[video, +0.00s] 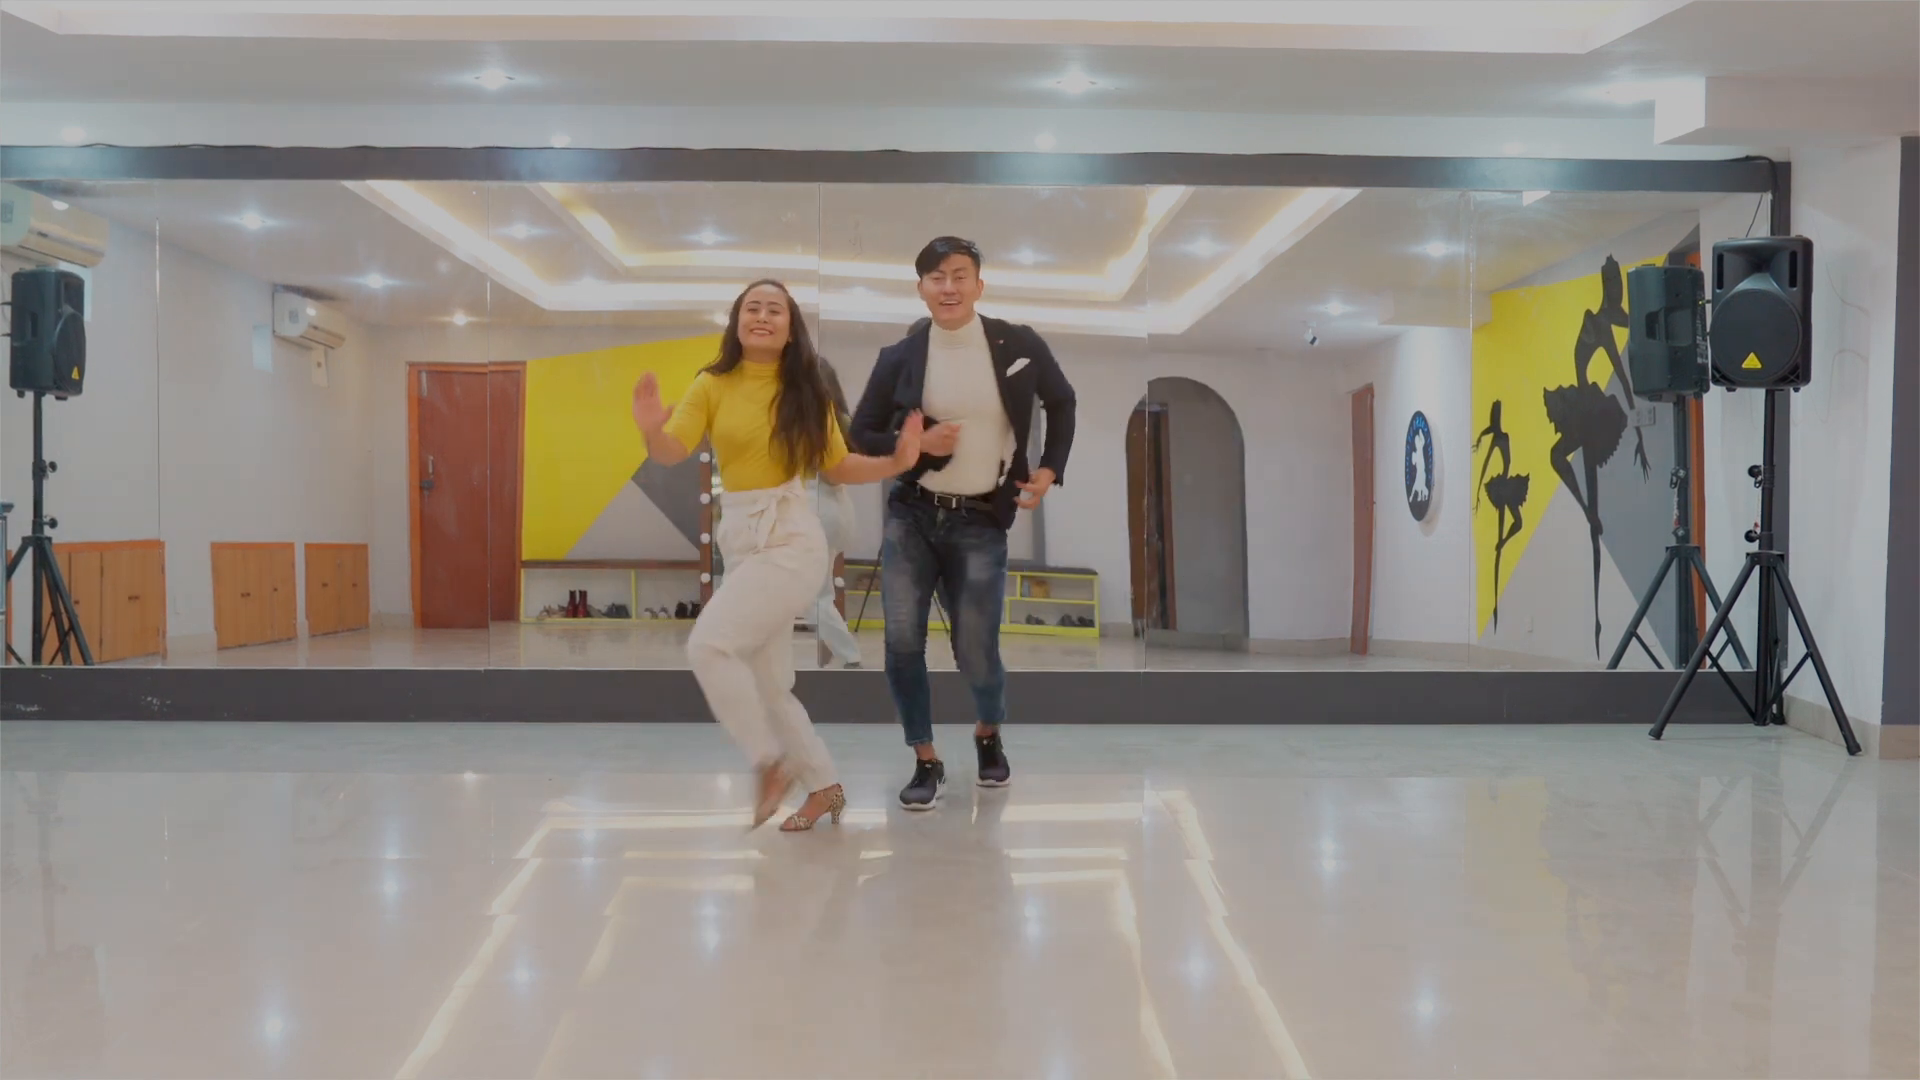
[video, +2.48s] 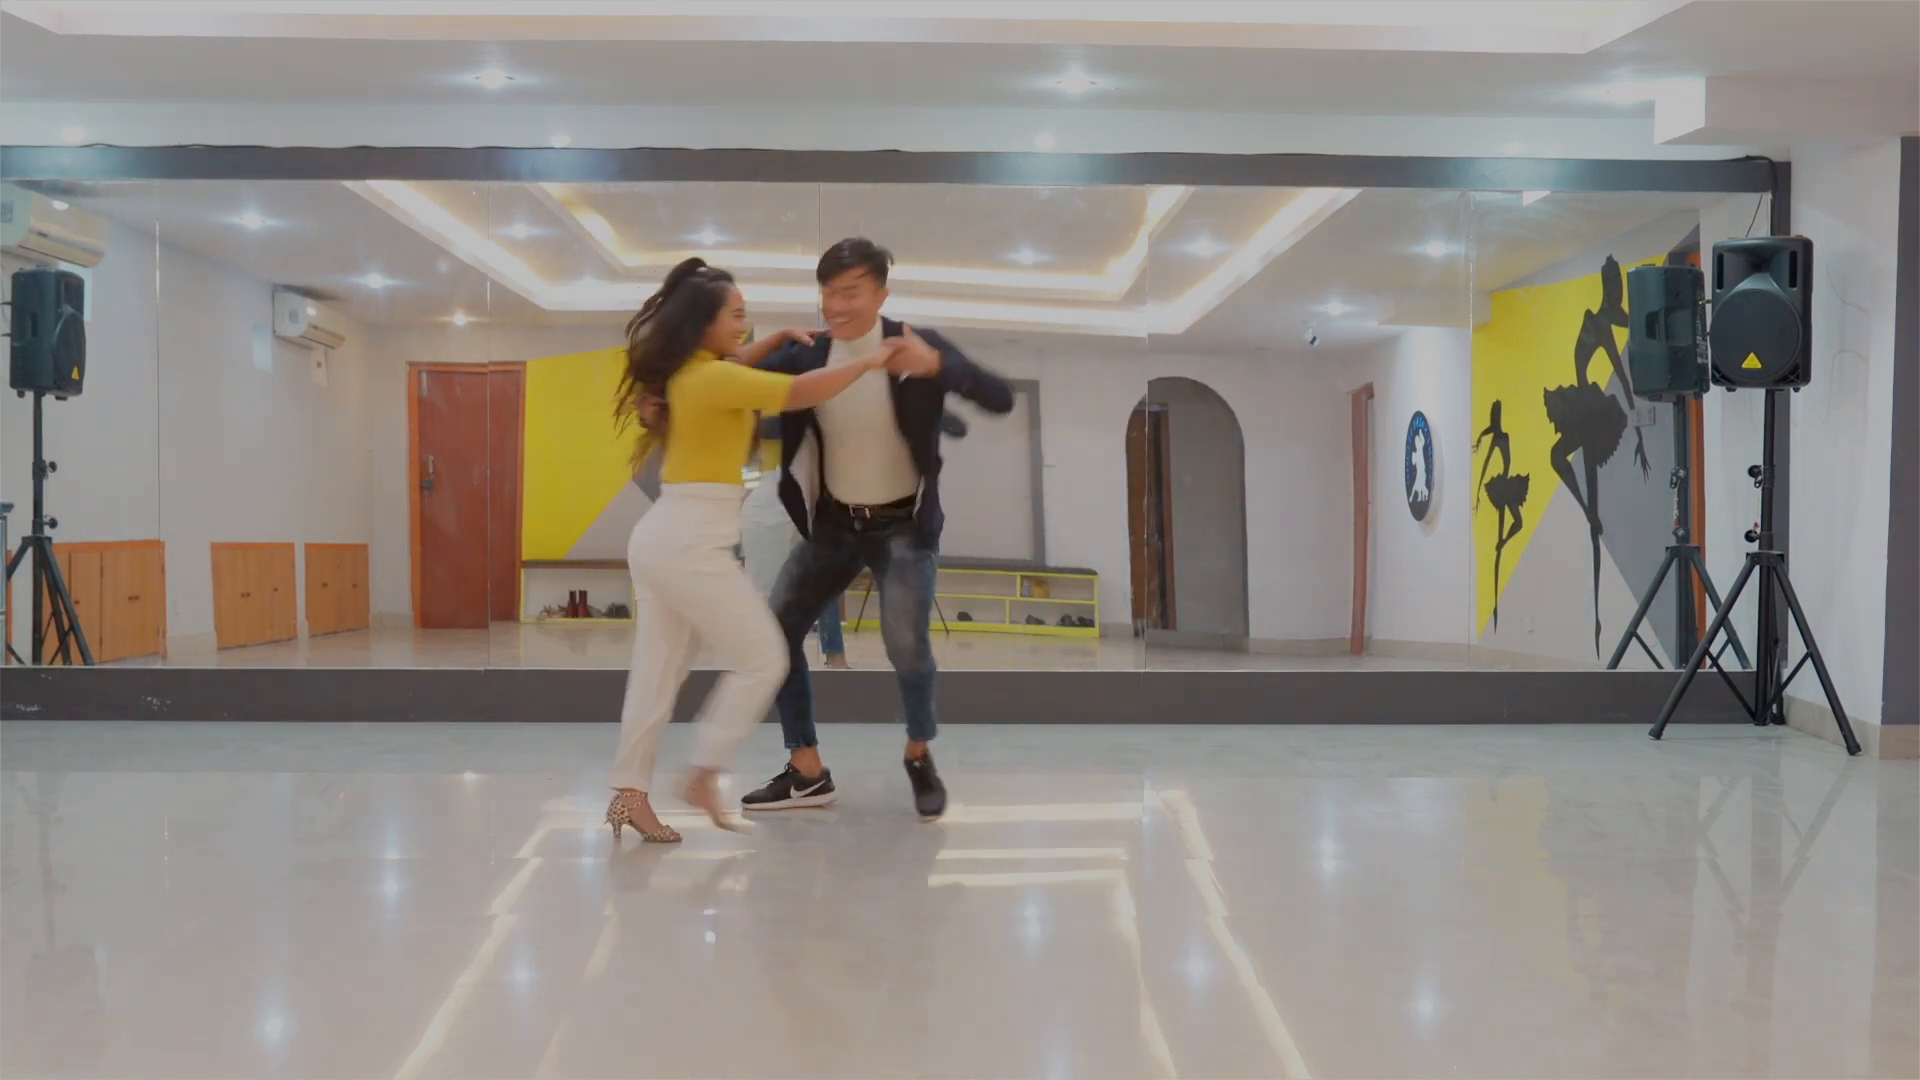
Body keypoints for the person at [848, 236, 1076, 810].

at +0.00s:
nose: (948, 288)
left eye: (959, 276)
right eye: (937, 277)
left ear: (979, 284)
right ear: (920, 286)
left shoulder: (1017, 346)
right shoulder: (899, 358)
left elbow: (1062, 401)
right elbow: (860, 437)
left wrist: (1050, 469)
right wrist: (916, 443)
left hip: (982, 518)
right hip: (911, 513)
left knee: (975, 648)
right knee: (900, 639)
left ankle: (989, 734)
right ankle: (926, 760)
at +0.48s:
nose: (956, 296)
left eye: (967, 286)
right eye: (944, 285)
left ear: (983, 295)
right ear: (926, 294)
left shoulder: (1011, 364)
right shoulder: (889, 362)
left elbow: (1054, 443)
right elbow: (852, 433)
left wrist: (1028, 492)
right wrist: (876, 469)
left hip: (1010, 517)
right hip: (940, 523)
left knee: (1018, 655)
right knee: (963, 659)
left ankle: (979, 740)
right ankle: (911, 736)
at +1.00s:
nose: (995, 298)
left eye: (1002, 287)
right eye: (981, 286)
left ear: (1009, 292)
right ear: (952, 292)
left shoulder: (1015, 372)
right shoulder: (932, 356)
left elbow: (1008, 454)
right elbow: (875, 427)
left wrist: (1032, 473)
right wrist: (936, 482)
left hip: (988, 531)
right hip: (915, 531)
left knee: (1039, 641)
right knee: (851, 650)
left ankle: (1031, 772)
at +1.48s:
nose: (886, 311)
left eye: (901, 300)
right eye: (885, 300)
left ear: (936, 310)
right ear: (886, 306)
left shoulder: (952, 368)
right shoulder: (893, 375)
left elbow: (982, 427)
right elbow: (881, 448)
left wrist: (925, 485)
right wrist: (862, 485)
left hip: (949, 551)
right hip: (887, 549)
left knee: (1000, 666)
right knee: (793, 631)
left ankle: (1063, 760)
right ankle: (813, 772)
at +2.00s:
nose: (812, 341)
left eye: (827, 333)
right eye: (816, 329)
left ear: (864, 350)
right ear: (827, 338)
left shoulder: (885, 406)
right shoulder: (806, 410)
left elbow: (876, 481)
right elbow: (766, 479)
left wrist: (789, 451)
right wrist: (711, 507)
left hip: (885, 578)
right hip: (835, 581)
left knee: (810, 670)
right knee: (744, 655)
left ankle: (860, 815)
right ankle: (807, 775)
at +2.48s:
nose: (745, 322)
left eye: (744, 311)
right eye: (735, 313)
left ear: (699, 325)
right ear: (705, 321)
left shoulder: (687, 373)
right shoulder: (711, 377)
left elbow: (736, 378)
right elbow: (799, 391)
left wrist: (767, 347)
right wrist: (869, 361)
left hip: (664, 538)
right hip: (690, 544)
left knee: (656, 676)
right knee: (765, 656)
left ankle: (629, 794)